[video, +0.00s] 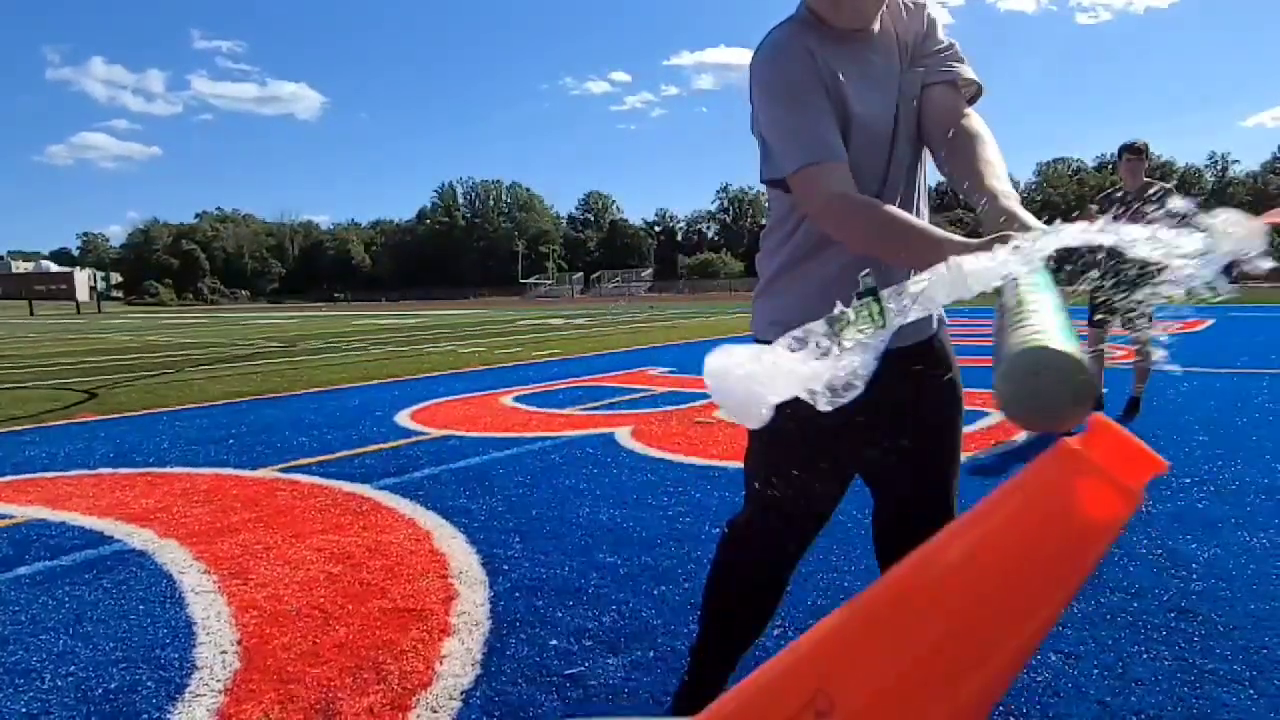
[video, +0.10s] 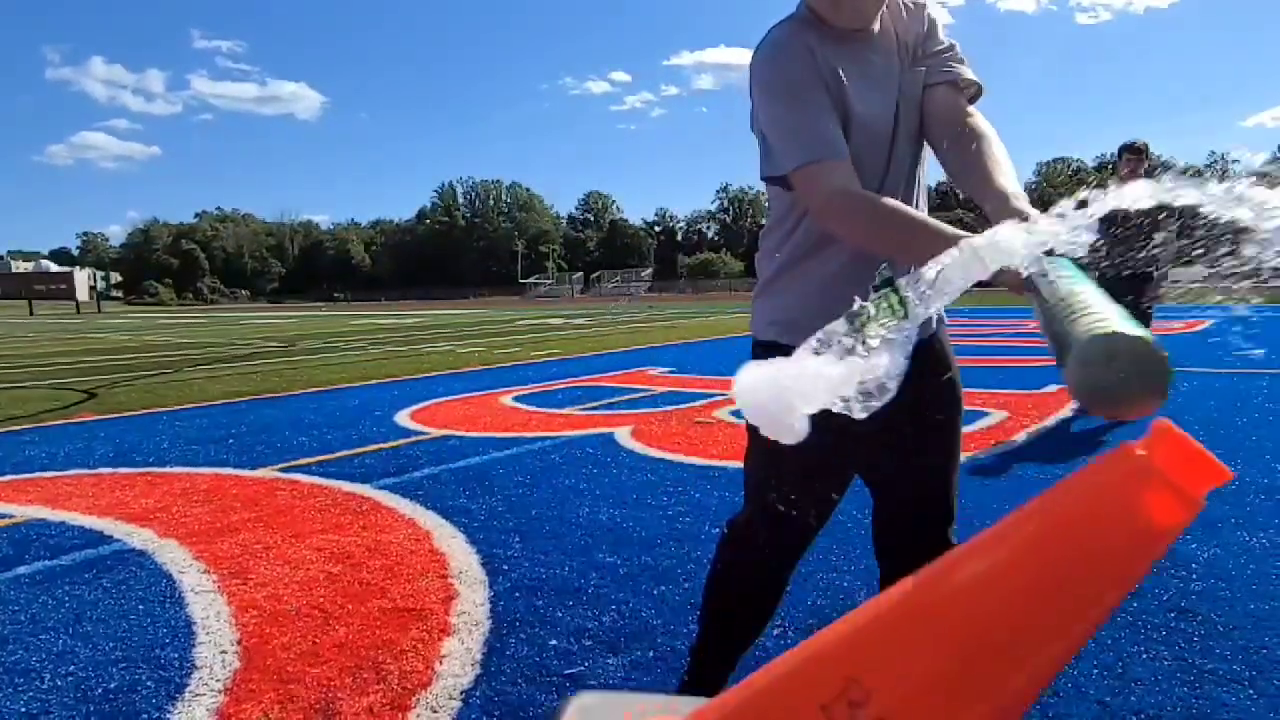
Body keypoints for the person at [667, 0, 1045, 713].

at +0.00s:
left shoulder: (915, 18)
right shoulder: (787, 57)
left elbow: (954, 126)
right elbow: (832, 205)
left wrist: (1000, 201)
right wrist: (979, 263)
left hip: (912, 335)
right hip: (810, 345)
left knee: (923, 545)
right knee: (769, 537)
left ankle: (935, 695)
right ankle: (697, 701)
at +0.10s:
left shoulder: (914, 18)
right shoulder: (786, 56)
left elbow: (959, 126)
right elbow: (836, 203)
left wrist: (1015, 211)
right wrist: (991, 261)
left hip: (908, 324)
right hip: (805, 335)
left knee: (921, 536)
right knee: (774, 528)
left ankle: (919, 692)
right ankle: (697, 692)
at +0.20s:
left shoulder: (913, 18)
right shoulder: (787, 57)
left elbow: (961, 127)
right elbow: (837, 201)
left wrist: (1022, 218)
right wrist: (993, 258)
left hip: (905, 330)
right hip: (802, 341)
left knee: (922, 536)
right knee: (774, 530)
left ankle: (924, 692)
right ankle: (700, 686)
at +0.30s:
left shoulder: (913, 20)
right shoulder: (786, 55)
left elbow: (965, 126)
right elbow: (841, 198)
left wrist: (1030, 217)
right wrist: (996, 254)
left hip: (910, 330)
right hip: (806, 337)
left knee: (920, 538)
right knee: (774, 529)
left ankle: (924, 692)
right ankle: (701, 682)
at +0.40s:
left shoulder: (912, 18)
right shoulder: (787, 55)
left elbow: (967, 127)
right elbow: (841, 195)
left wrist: (1034, 220)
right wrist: (1002, 253)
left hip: (911, 329)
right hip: (807, 336)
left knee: (921, 541)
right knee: (776, 525)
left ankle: (922, 693)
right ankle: (705, 677)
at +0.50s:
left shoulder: (912, 21)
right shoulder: (788, 50)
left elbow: (970, 129)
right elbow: (845, 192)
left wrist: (1042, 217)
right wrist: (1015, 252)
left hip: (907, 335)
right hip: (806, 343)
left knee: (920, 539)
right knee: (775, 527)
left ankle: (922, 702)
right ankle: (702, 684)